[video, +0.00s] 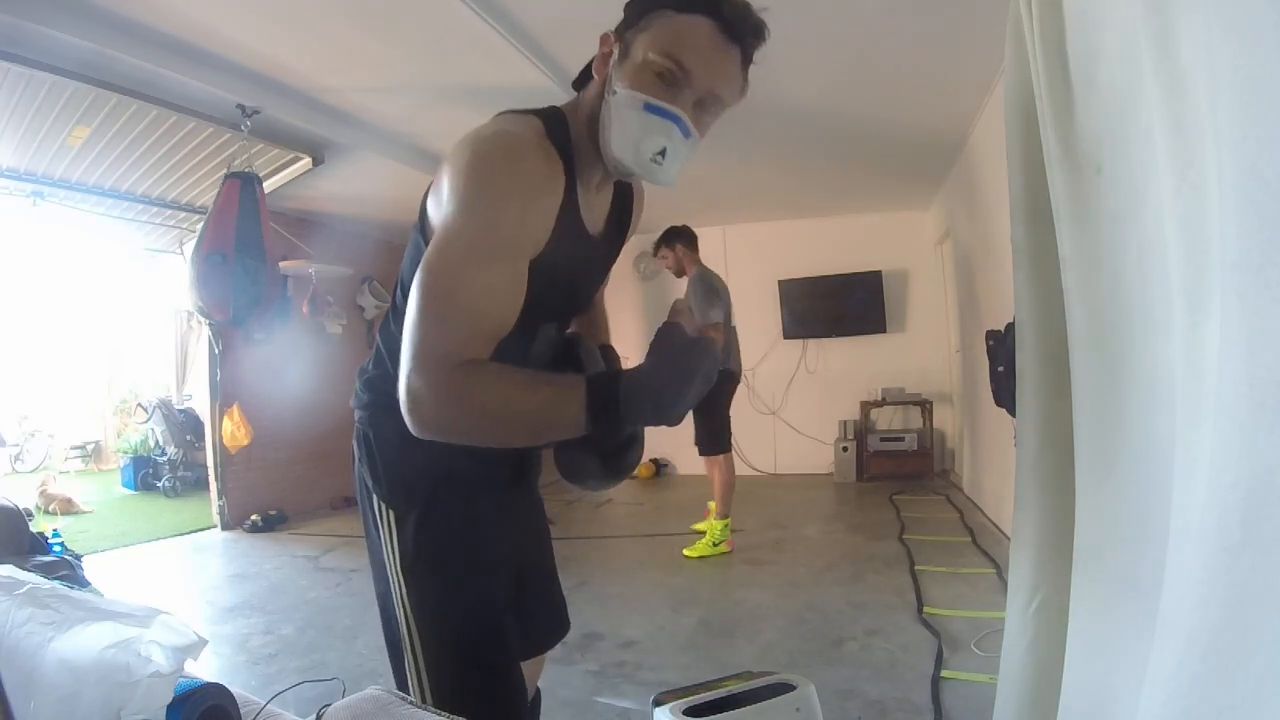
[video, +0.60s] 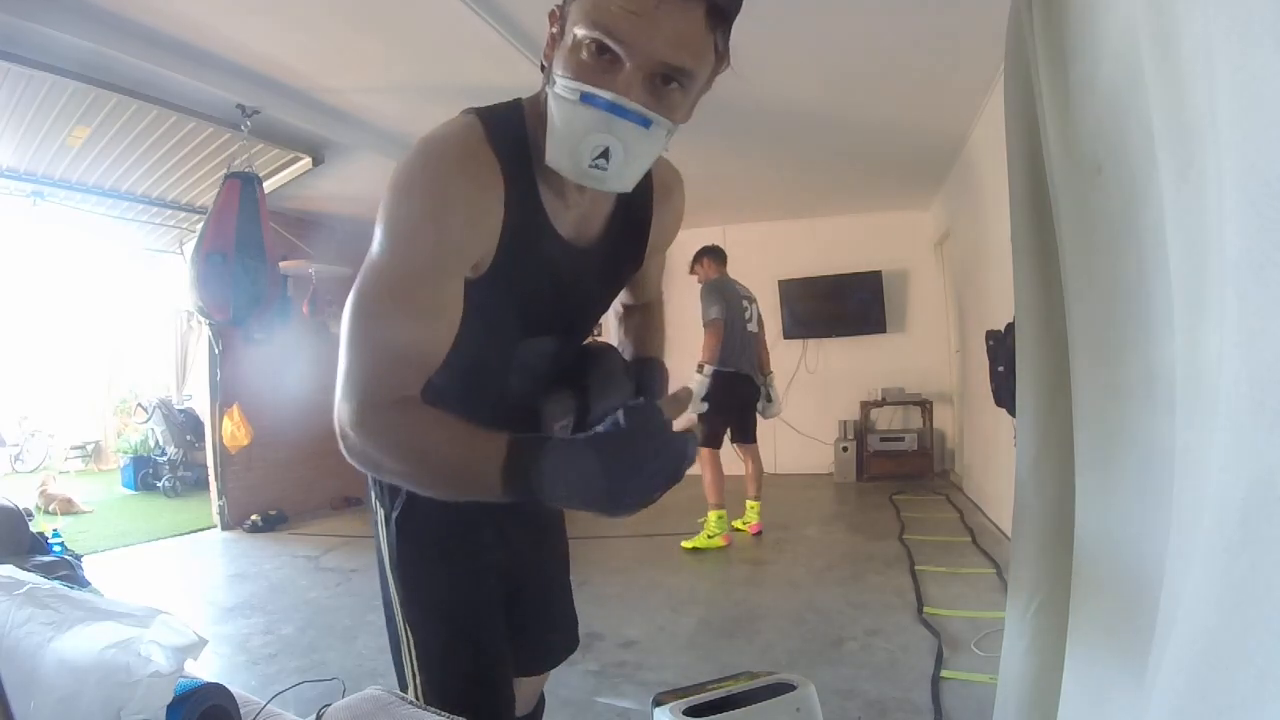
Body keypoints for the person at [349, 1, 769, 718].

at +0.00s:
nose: (679, 116)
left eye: (707, 107)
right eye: (666, 76)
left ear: (719, 120)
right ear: (608, 54)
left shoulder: (622, 195)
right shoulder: (506, 158)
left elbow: (583, 300)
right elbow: (433, 398)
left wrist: (603, 405)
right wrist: (636, 395)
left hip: (504, 434)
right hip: (421, 444)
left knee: (531, 636)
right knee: (480, 695)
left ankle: (521, 708)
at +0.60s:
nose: (622, 102)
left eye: (667, 80)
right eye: (600, 53)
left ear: (707, 84)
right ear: (553, 34)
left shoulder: (656, 194)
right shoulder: (453, 171)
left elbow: (640, 302)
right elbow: (368, 421)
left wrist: (641, 385)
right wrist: (547, 472)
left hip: (535, 456)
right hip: (431, 469)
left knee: (529, 678)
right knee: (472, 703)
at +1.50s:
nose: (672, 105)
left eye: (707, 78)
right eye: (646, 58)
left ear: (728, 73)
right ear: (560, 28)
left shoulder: (669, 187)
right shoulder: (442, 165)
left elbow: (659, 300)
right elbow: (367, 405)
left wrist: (660, 407)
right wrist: (435, 437)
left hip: (545, 458)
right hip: (434, 471)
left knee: (527, 683)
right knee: (468, 704)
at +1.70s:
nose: (713, 120)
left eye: (736, 87)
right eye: (689, 77)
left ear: (751, 73)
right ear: (584, 40)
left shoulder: (664, 188)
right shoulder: (446, 161)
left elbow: (653, 301)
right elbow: (391, 453)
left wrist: (654, 415)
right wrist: (454, 359)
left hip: (537, 450)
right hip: (431, 459)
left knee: (522, 688)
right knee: (469, 705)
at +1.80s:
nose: (703, 120)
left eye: (728, 89)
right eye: (681, 79)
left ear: (747, 71)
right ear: (577, 38)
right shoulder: (449, 160)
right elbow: (384, 444)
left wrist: (625, 456)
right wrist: (551, 368)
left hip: (533, 473)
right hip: (431, 483)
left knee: (519, 686)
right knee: (464, 704)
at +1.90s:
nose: (687, 115)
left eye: (716, 85)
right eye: (662, 73)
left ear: (738, 63)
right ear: (566, 32)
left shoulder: (656, 183)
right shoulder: (450, 154)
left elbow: (646, 303)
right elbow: (389, 428)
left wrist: (652, 400)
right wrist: (653, 425)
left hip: (528, 450)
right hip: (429, 460)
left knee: (519, 680)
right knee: (461, 701)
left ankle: (517, 705)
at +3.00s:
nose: (640, 81)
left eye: (683, 62)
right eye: (614, 32)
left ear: (712, 79)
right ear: (562, 23)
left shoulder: (668, 192)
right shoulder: (452, 158)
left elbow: (650, 310)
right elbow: (387, 420)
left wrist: (650, 439)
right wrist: (588, 527)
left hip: (539, 475)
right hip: (431, 467)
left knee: (522, 688)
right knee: (460, 704)